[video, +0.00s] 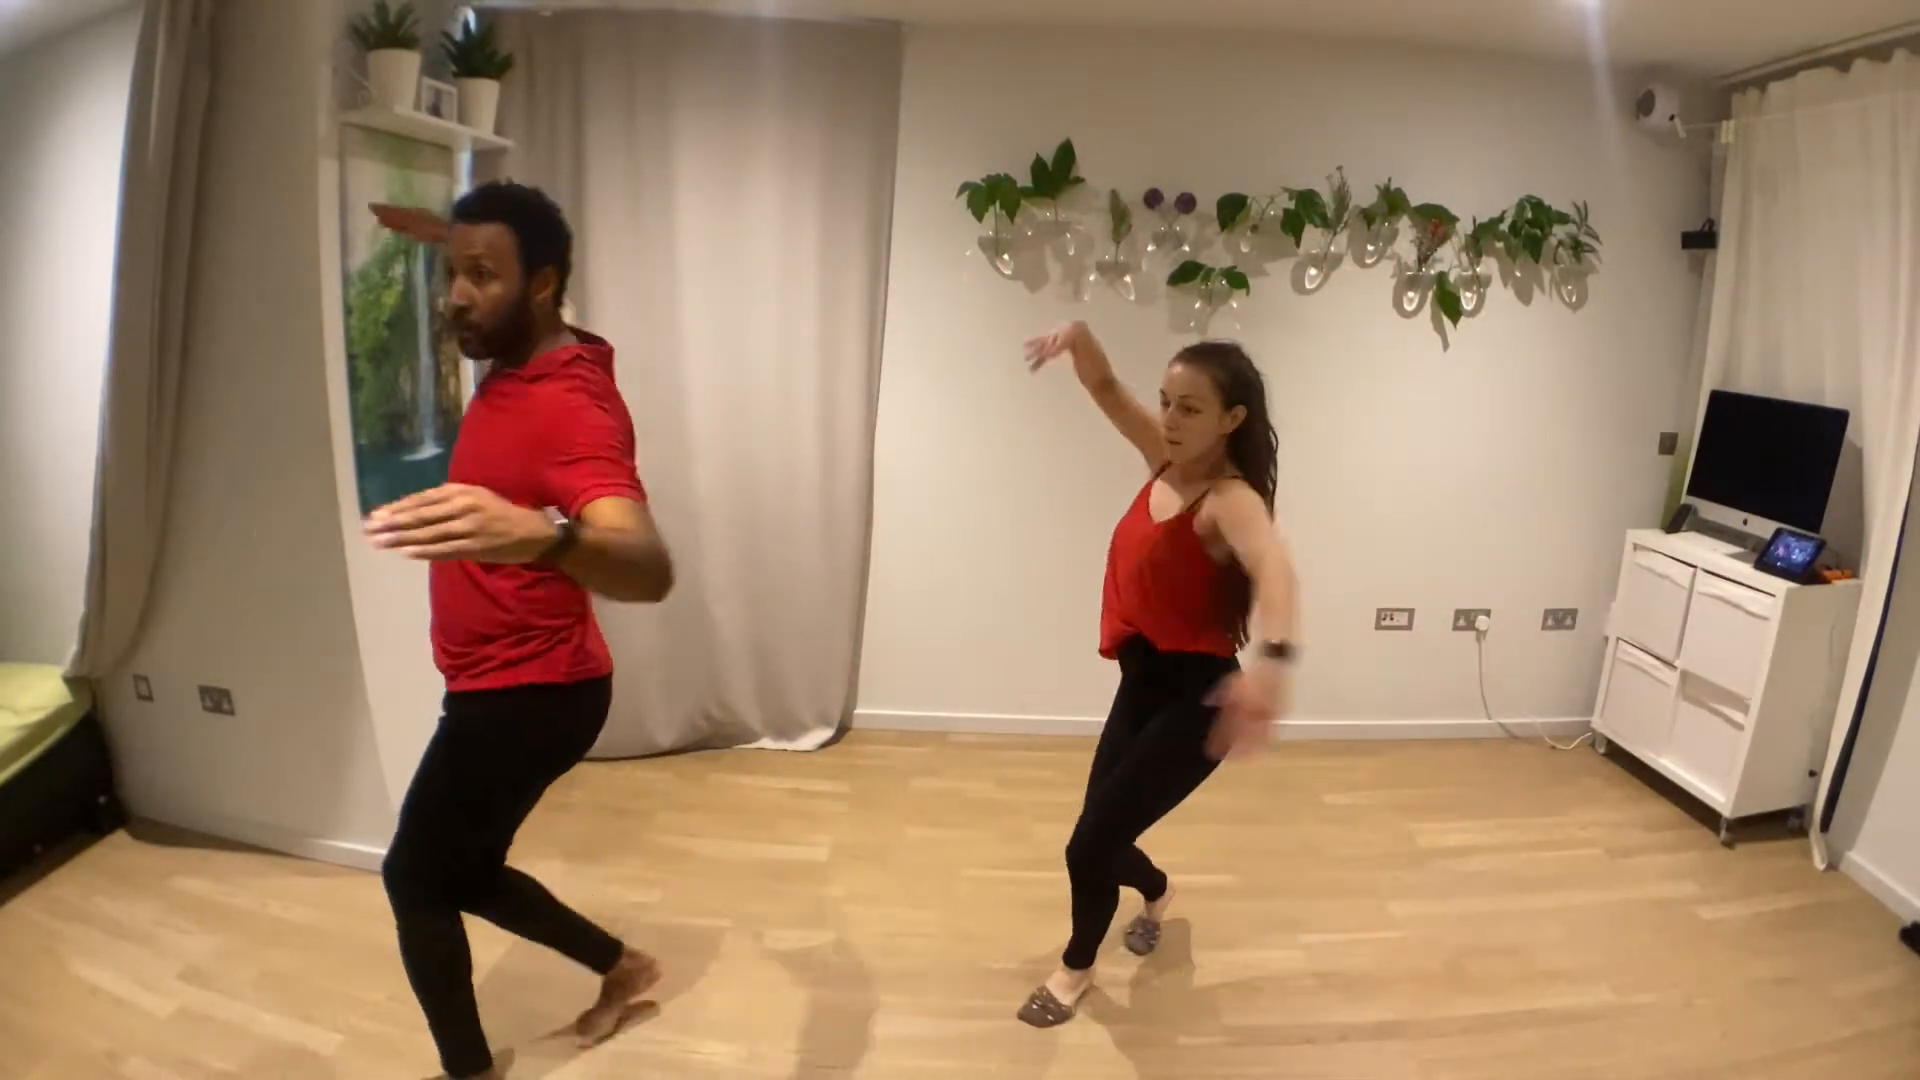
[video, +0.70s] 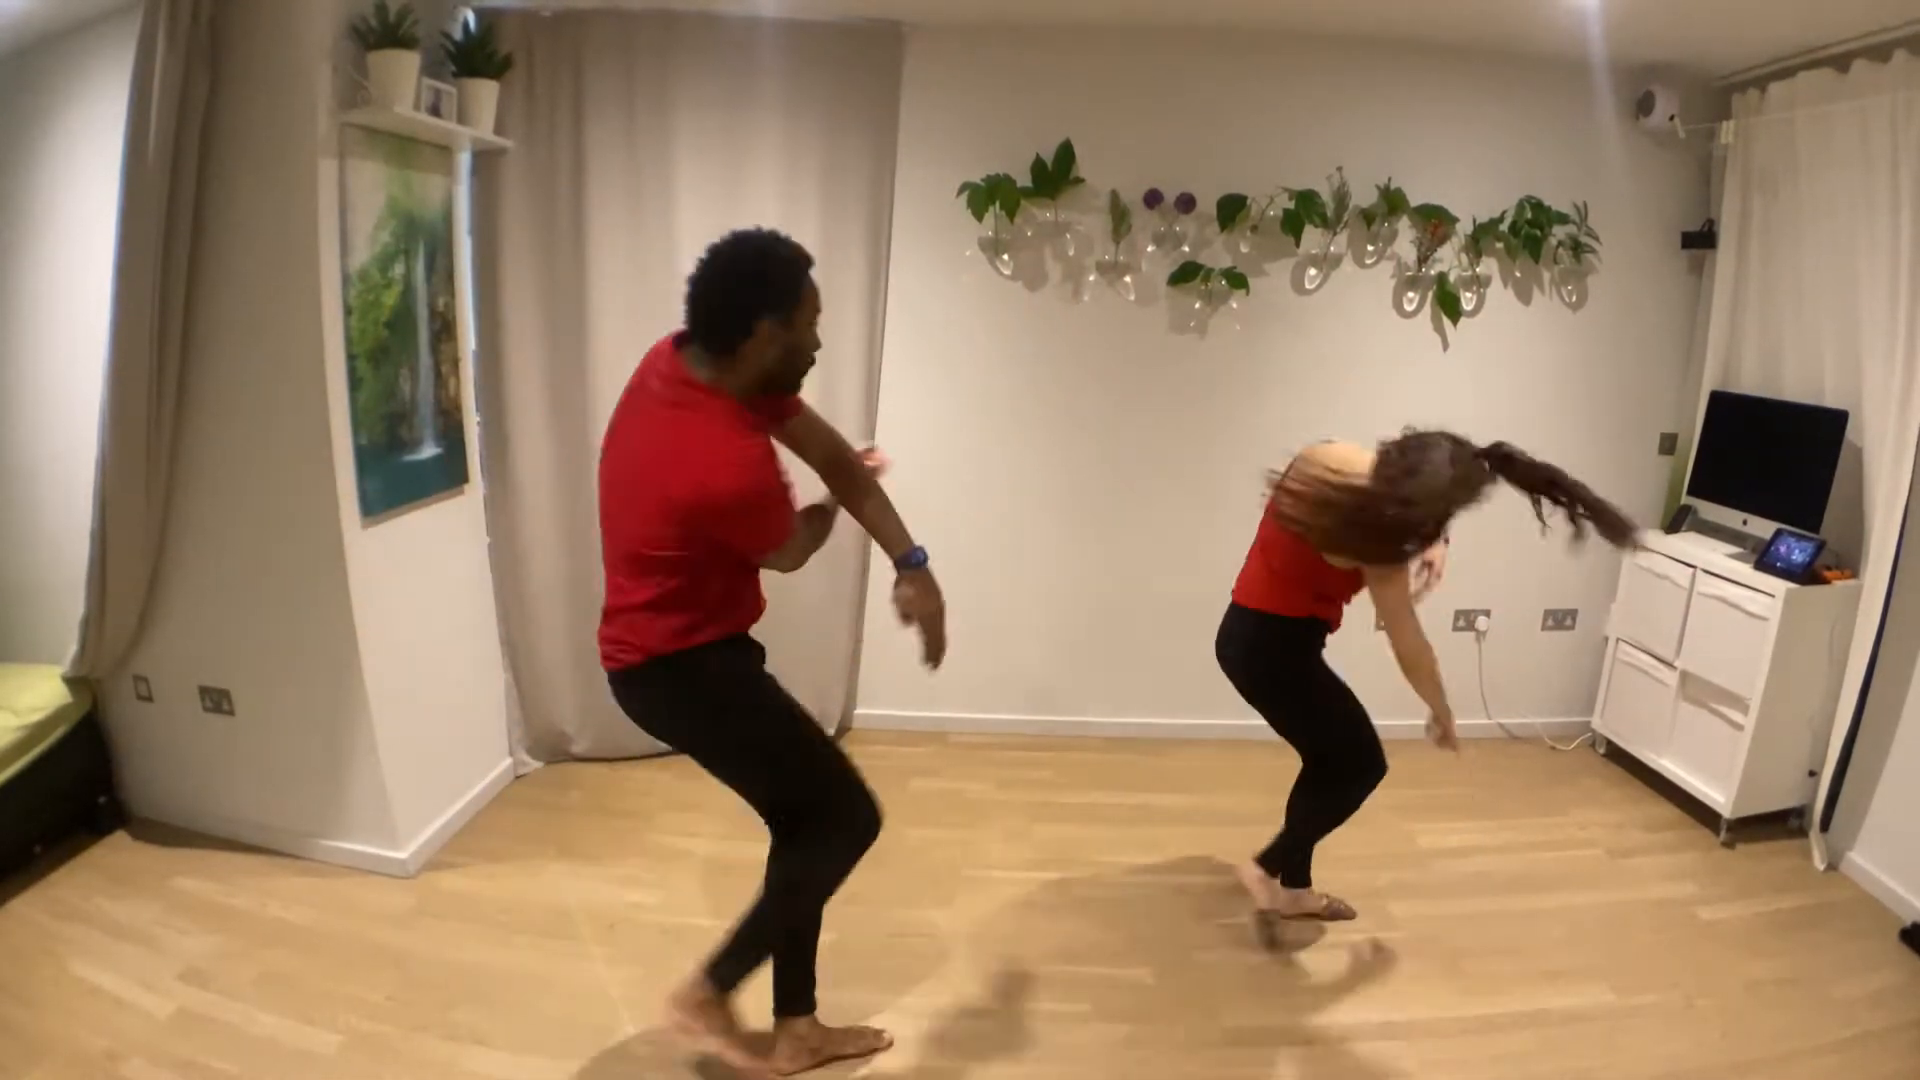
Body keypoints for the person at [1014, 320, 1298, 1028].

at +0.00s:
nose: (1168, 420)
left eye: (1188, 409)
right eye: (1167, 403)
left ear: (1232, 420)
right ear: (1160, 404)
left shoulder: (1231, 501)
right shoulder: (1167, 458)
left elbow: (1275, 567)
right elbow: (1107, 391)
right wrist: (1078, 338)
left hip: (1202, 692)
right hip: (1144, 678)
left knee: (1092, 849)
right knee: (1096, 831)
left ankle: (1074, 970)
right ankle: (1156, 889)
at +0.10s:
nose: (1190, 404)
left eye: (1210, 393)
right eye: (1181, 387)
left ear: (1241, 405)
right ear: (1169, 389)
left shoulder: (1253, 489)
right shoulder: (1146, 441)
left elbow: (1357, 552)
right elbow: (1092, 373)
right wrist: (1071, 290)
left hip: (1223, 680)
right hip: (1157, 671)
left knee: (1132, 831)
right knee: (1116, 826)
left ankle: (1074, 972)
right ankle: (1171, 900)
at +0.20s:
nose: (1220, 389)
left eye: (1236, 376)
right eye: (1206, 373)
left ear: (1256, 384)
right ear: (1181, 378)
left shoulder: (1273, 466)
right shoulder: (1149, 438)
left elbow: (1371, 516)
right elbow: (1070, 380)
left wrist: (1466, 557)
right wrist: (1049, 289)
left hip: (1246, 662)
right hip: (1169, 663)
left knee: (1187, 820)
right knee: (1129, 818)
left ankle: (1149, 939)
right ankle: (1178, 891)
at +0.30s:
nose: (1254, 375)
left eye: (1264, 359)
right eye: (1233, 363)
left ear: (1280, 364)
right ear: (1202, 375)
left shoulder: (1308, 447)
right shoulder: (1177, 441)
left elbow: (1366, 480)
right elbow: (1073, 391)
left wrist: (1412, 497)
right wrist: (1024, 315)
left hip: (1264, 640)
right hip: (1184, 634)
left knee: (1252, 802)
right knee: (1148, 792)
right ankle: (1178, 907)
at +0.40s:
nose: (1310, 391)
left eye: (1311, 374)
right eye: (1291, 386)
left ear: (1318, 367)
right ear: (1248, 401)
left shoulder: (1329, 427)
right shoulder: (1216, 450)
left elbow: (1366, 430)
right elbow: (1107, 422)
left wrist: (1409, 439)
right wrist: (1013, 354)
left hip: (1279, 627)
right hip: (1205, 617)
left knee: (1308, 782)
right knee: (1173, 778)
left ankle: (1296, 870)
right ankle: (1171, 897)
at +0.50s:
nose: (1357, 469)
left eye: (1361, 458)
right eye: (1348, 459)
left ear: (1356, 448)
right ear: (1314, 453)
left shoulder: (1344, 444)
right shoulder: (1263, 482)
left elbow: (1377, 371)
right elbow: (1197, 498)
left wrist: (1438, 414)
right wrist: (1144, 500)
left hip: (1285, 630)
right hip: (1229, 622)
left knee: (1334, 761)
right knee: (1214, 780)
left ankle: (1301, 891)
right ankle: (1167, 897)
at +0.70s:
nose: (1441, 527)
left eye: (1450, 518)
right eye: (1439, 518)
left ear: (1402, 452)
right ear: (1418, 509)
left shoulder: (1331, 458)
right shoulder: (1378, 529)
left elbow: (1405, 477)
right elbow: (1405, 637)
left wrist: (1436, 541)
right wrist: (1440, 710)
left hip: (1246, 635)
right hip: (1276, 651)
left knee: (1327, 756)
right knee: (1363, 762)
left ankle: (1292, 886)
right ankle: (1270, 865)